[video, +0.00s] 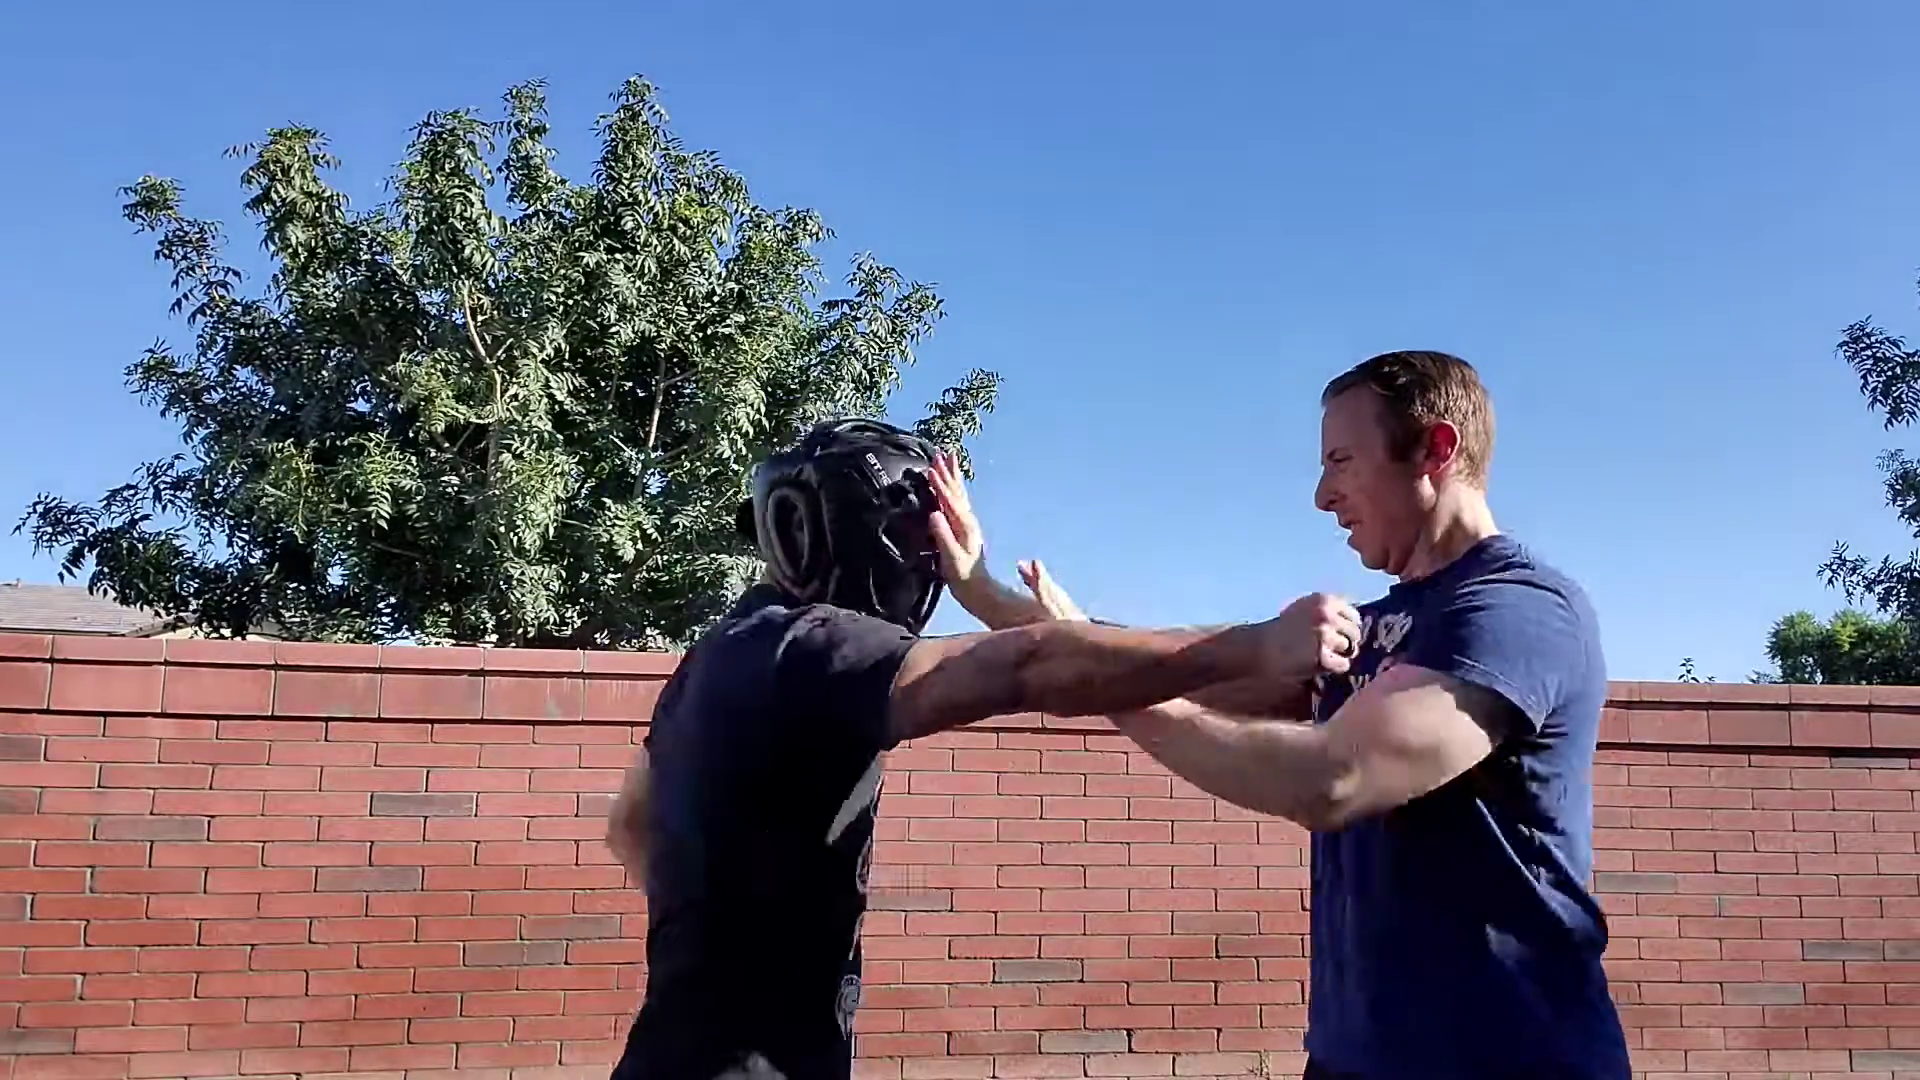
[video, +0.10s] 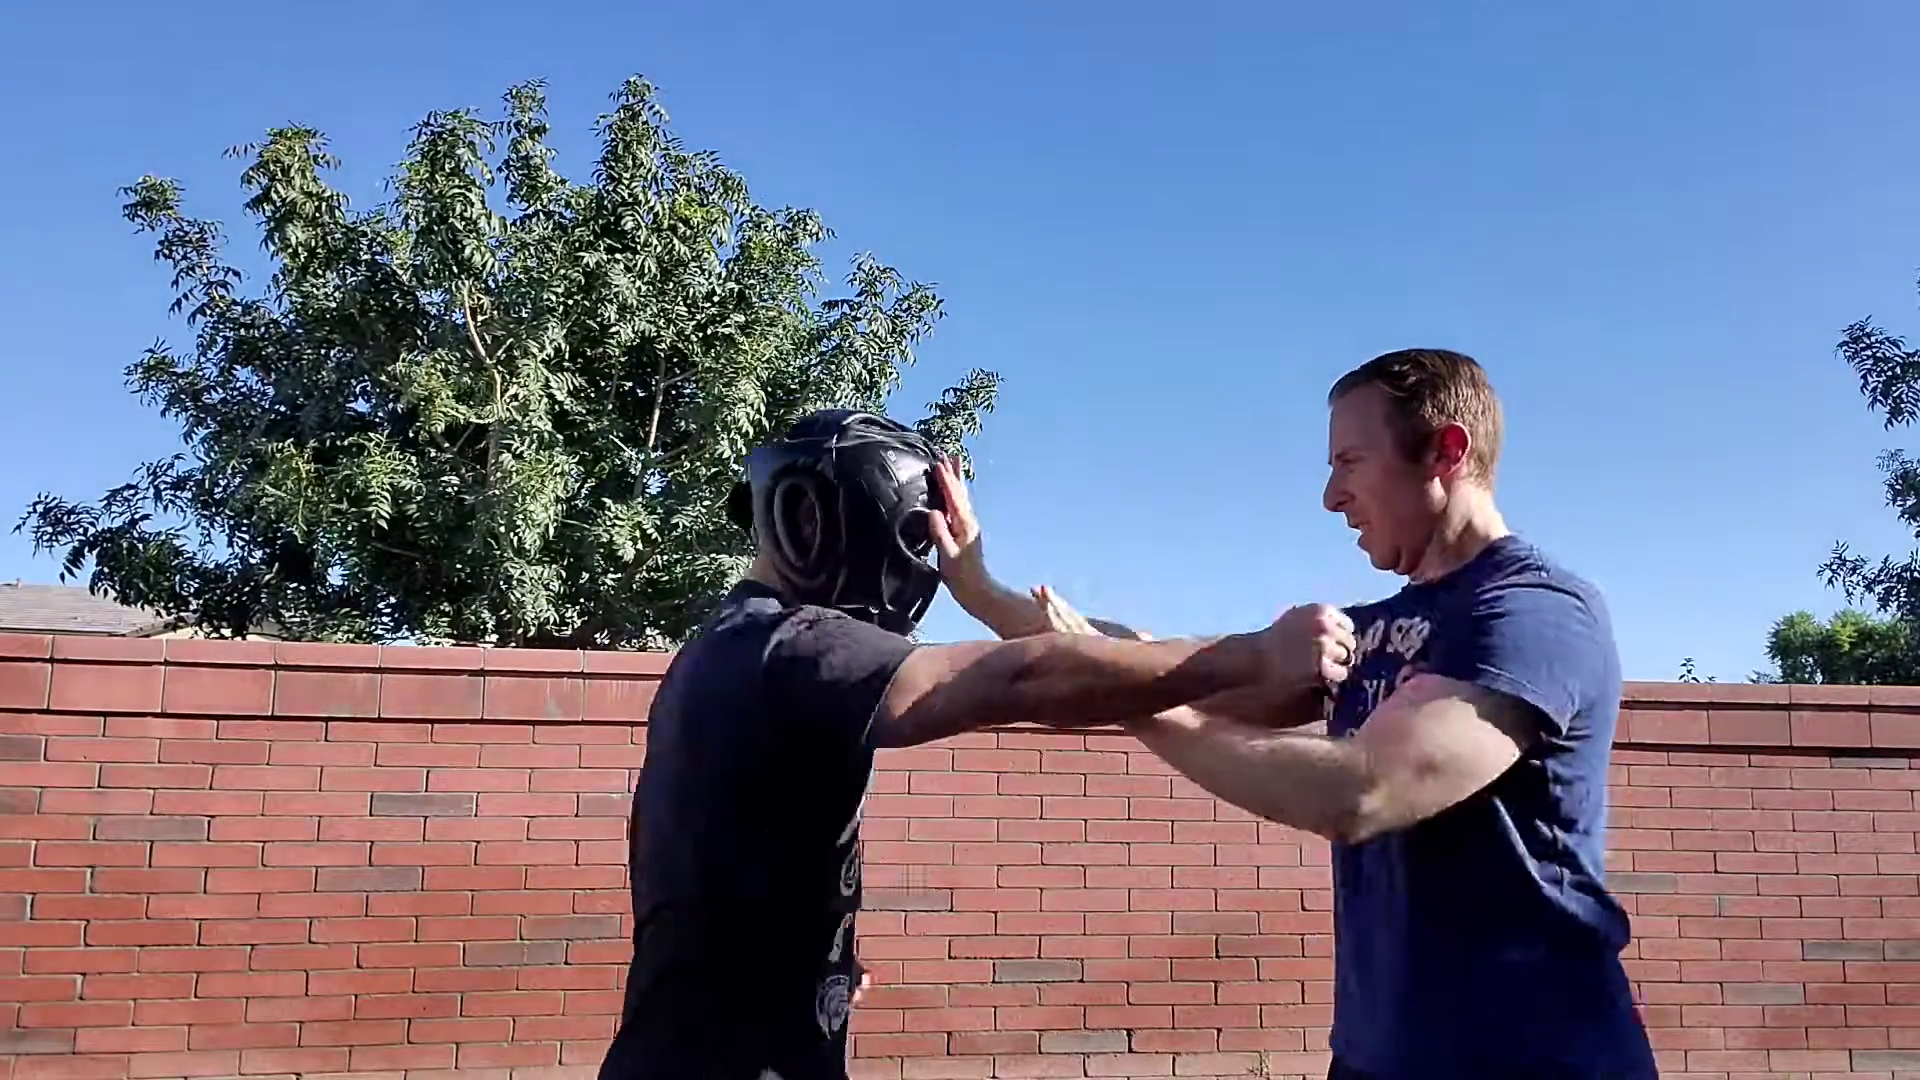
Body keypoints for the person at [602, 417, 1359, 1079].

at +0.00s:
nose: (939, 549)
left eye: (939, 527)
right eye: (929, 525)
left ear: (801, 533)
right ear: (880, 531)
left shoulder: (718, 656)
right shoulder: (817, 649)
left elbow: (628, 824)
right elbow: (1018, 669)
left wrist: (719, 918)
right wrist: (1258, 651)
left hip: (677, 1048)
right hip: (766, 1056)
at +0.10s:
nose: (927, 562)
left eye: (930, 535)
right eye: (917, 535)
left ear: (796, 524)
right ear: (862, 531)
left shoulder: (726, 648)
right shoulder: (793, 655)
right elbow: (1021, 679)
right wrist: (1247, 659)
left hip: (671, 1054)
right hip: (758, 1060)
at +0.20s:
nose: (915, 557)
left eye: (918, 532)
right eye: (903, 527)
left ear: (814, 515)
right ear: (818, 513)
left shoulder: (816, 658)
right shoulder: (704, 649)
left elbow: (909, 769)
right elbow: (876, 807)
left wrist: (1095, 751)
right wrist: (1075, 742)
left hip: (810, 1047)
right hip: (696, 1055)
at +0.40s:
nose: (904, 575)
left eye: (915, 550)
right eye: (885, 544)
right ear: (800, 525)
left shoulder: (883, 676)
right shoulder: (655, 659)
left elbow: (1047, 686)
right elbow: (587, 871)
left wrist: (1194, 659)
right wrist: (778, 845)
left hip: (840, 1057)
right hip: (685, 1059)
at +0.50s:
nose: (909, 584)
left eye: (918, 561)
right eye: (892, 557)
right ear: (804, 540)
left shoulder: (861, 671)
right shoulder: (686, 655)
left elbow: (1022, 715)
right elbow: (803, 797)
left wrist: (1162, 689)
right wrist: (961, 657)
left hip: (827, 1054)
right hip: (690, 1056)